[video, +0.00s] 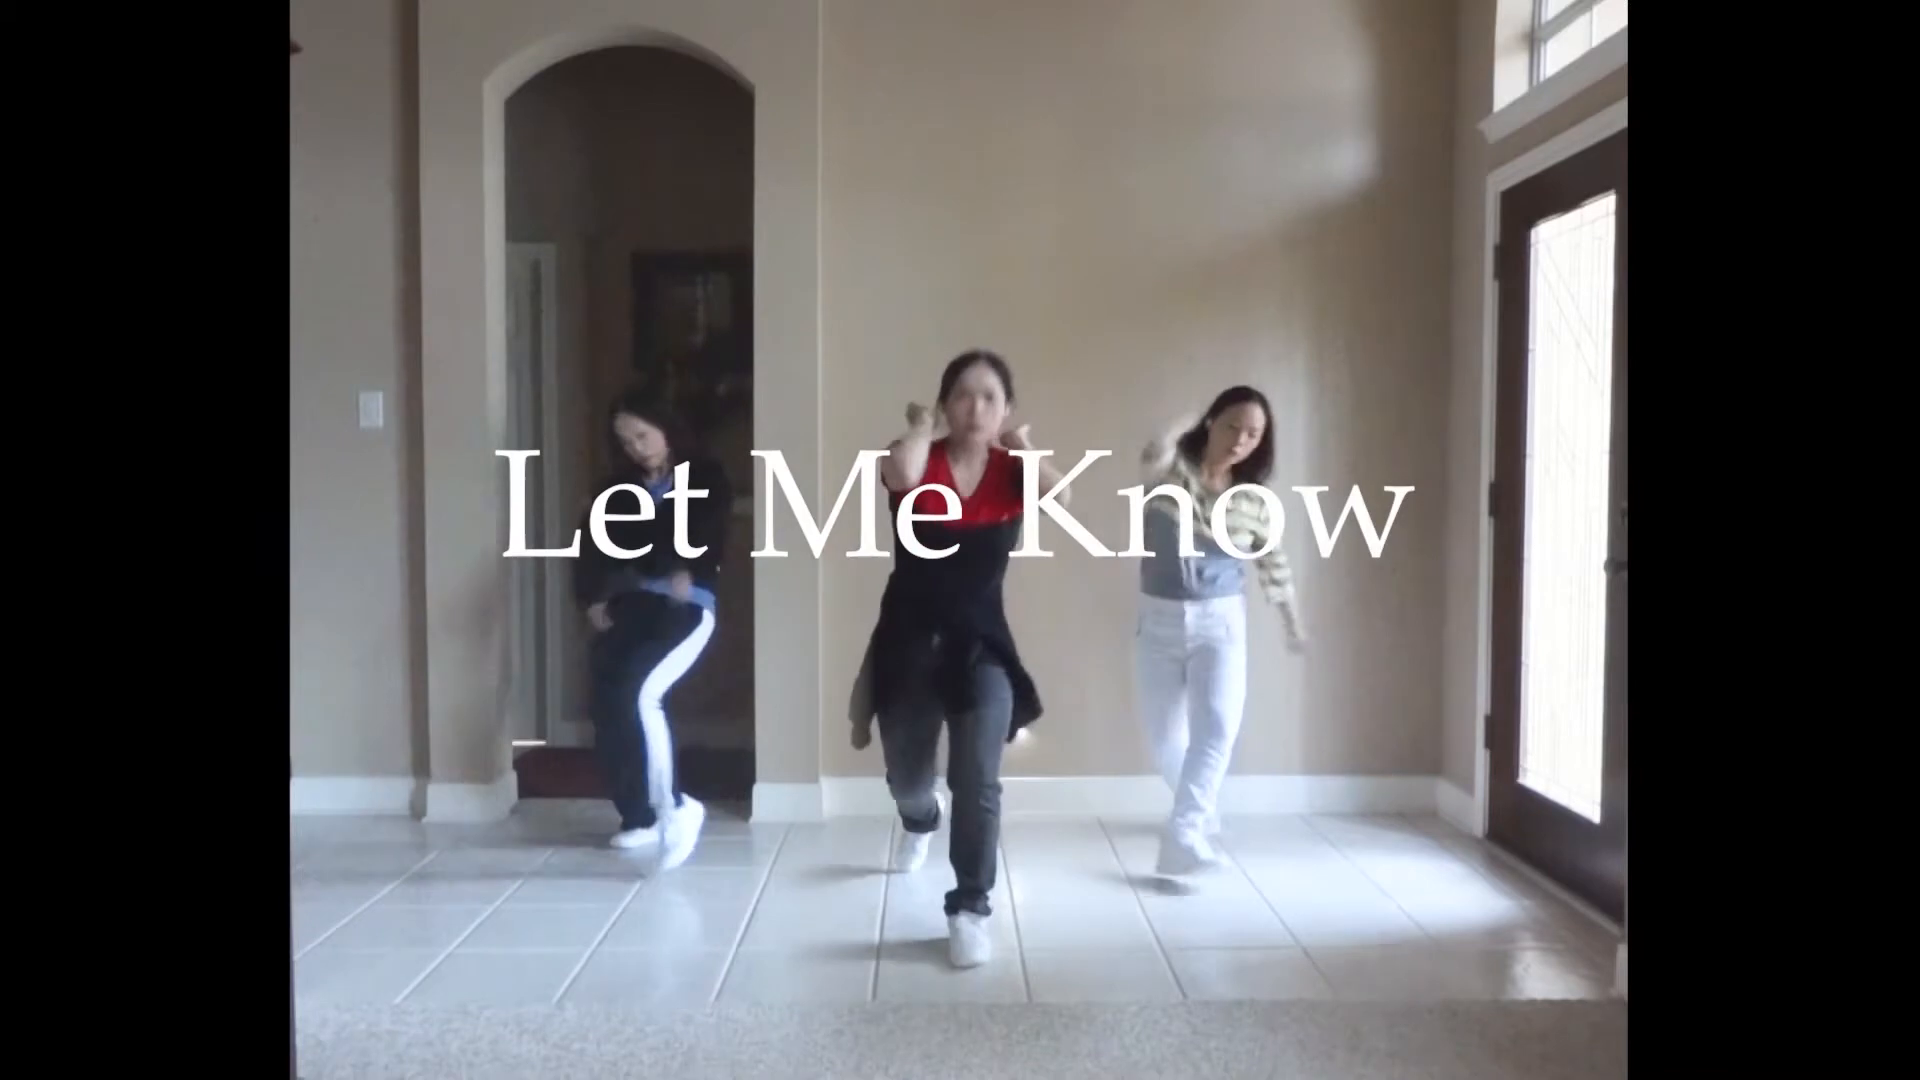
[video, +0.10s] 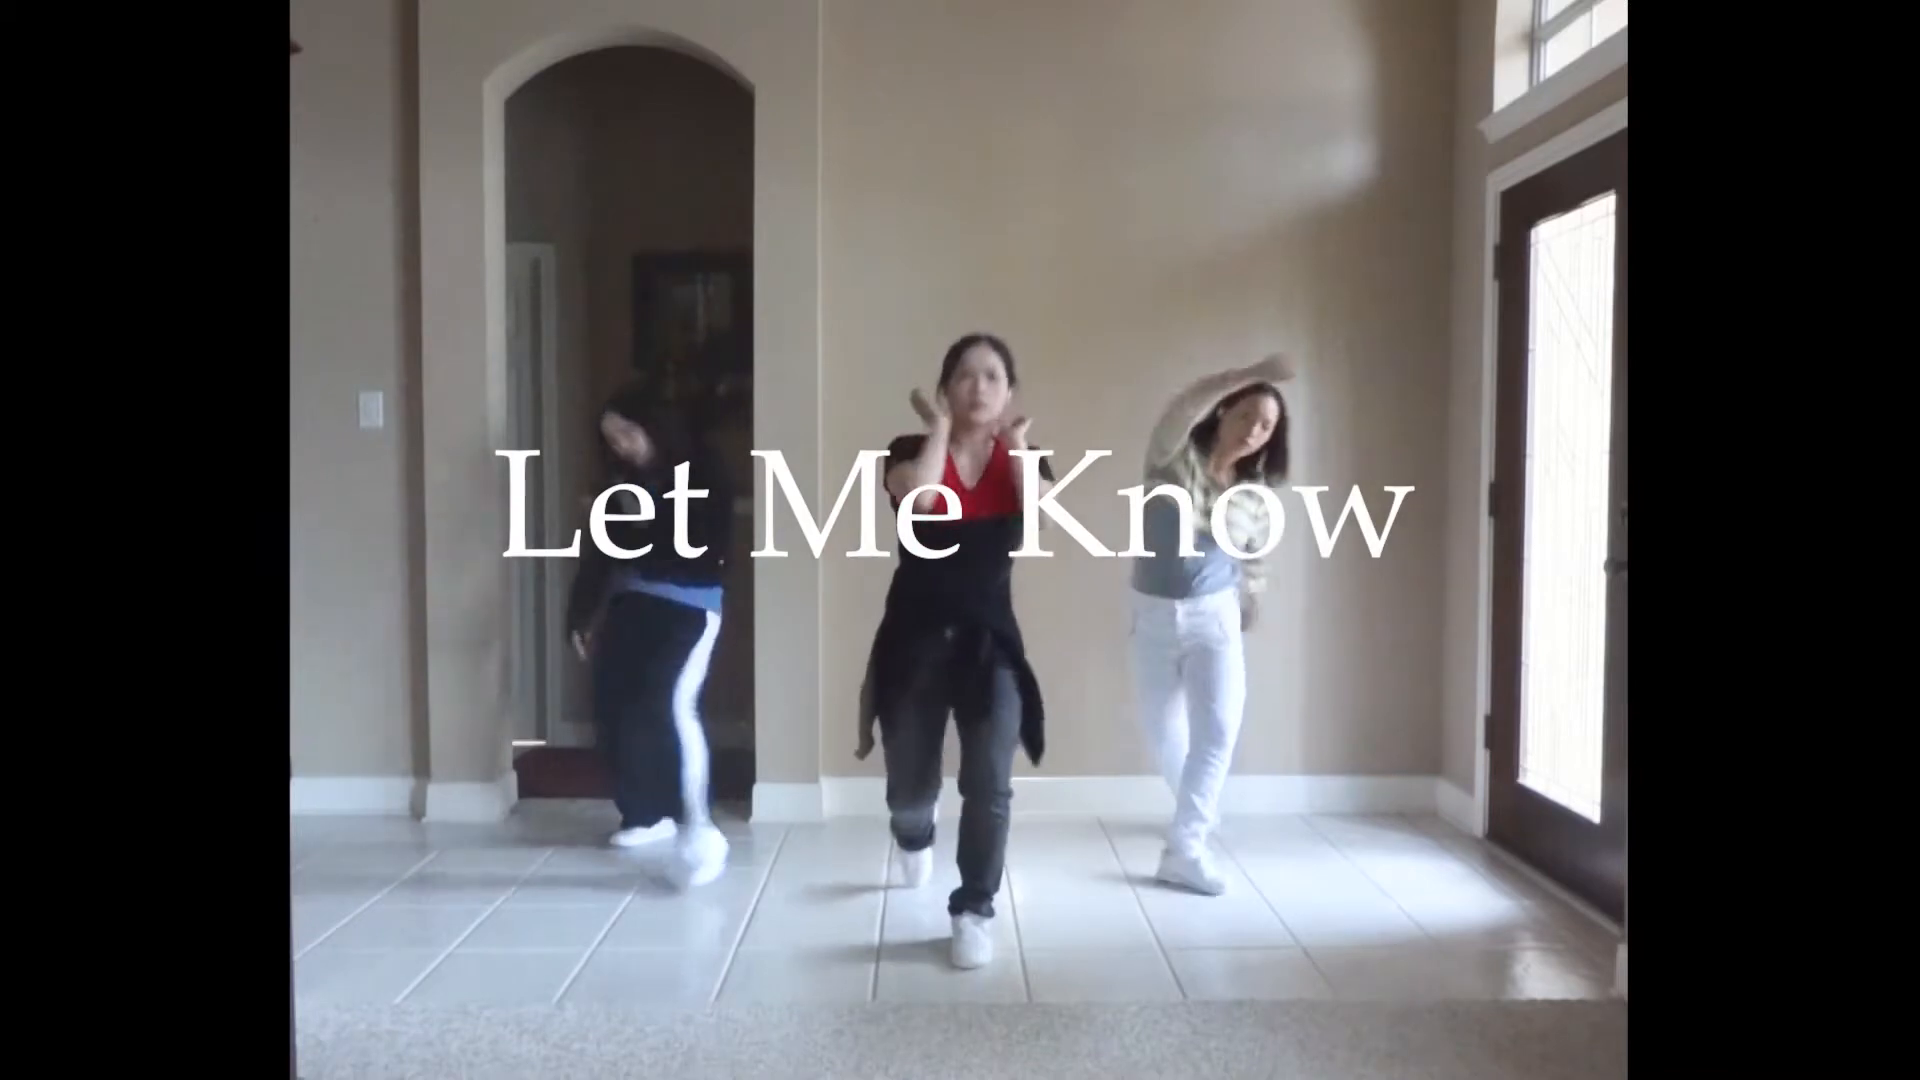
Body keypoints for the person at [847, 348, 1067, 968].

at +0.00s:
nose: (975, 406)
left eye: (989, 397)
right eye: (965, 395)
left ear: (1006, 411)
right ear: (944, 407)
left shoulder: (1014, 471)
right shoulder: (915, 462)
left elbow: (1048, 483)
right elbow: (900, 471)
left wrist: (1020, 445)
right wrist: (922, 430)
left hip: (980, 639)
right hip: (909, 638)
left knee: (977, 778)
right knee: (908, 779)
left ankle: (971, 907)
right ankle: (921, 823)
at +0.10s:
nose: (978, 385)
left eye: (991, 376)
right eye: (965, 376)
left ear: (1011, 393)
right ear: (943, 391)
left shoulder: (1021, 460)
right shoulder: (909, 452)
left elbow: (1032, 502)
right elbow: (916, 496)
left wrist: (1018, 447)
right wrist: (941, 430)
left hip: (988, 636)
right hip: (915, 636)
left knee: (990, 784)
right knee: (910, 790)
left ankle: (975, 910)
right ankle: (914, 844)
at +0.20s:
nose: (979, 373)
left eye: (992, 365)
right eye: (966, 364)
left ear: (1012, 384)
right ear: (942, 381)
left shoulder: (1026, 455)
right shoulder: (910, 449)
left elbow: (1031, 532)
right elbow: (920, 523)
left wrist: (1015, 455)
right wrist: (951, 440)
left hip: (995, 632)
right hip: (920, 631)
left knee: (996, 787)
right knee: (915, 789)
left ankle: (975, 910)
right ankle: (912, 860)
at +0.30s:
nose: (978, 365)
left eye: (991, 357)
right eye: (965, 356)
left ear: (1011, 378)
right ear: (942, 375)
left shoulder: (1028, 451)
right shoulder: (910, 450)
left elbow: (1037, 535)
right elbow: (916, 527)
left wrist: (1010, 463)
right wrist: (955, 454)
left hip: (998, 633)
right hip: (922, 633)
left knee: (996, 787)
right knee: (926, 778)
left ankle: (975, 910)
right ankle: (909, 874)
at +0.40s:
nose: (977, 359)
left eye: (990, 352)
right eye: (964, 350)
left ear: (1008, 375)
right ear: (941, 371)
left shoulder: (1028, 448)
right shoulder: (911, 450)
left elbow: (1047, 537)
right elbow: (906, 537)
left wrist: (998, 480)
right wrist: (954, 467)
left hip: (1000, 632)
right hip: (924, 631)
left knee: (996, 787)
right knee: (938, 770)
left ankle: (974, 911)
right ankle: (912, 891)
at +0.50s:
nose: (975, 355)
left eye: (988, 349)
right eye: (961, 346)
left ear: (1005, 375)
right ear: (938, 370)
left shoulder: (1028, 445)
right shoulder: (907, 452)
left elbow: (1055, 536)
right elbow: (899, 549)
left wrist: (993, 499)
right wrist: (942, 495)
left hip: (1004, 629)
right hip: (927, 629)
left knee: (998, 782)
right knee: (949, 768)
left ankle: (974, 913)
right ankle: (918, 888)